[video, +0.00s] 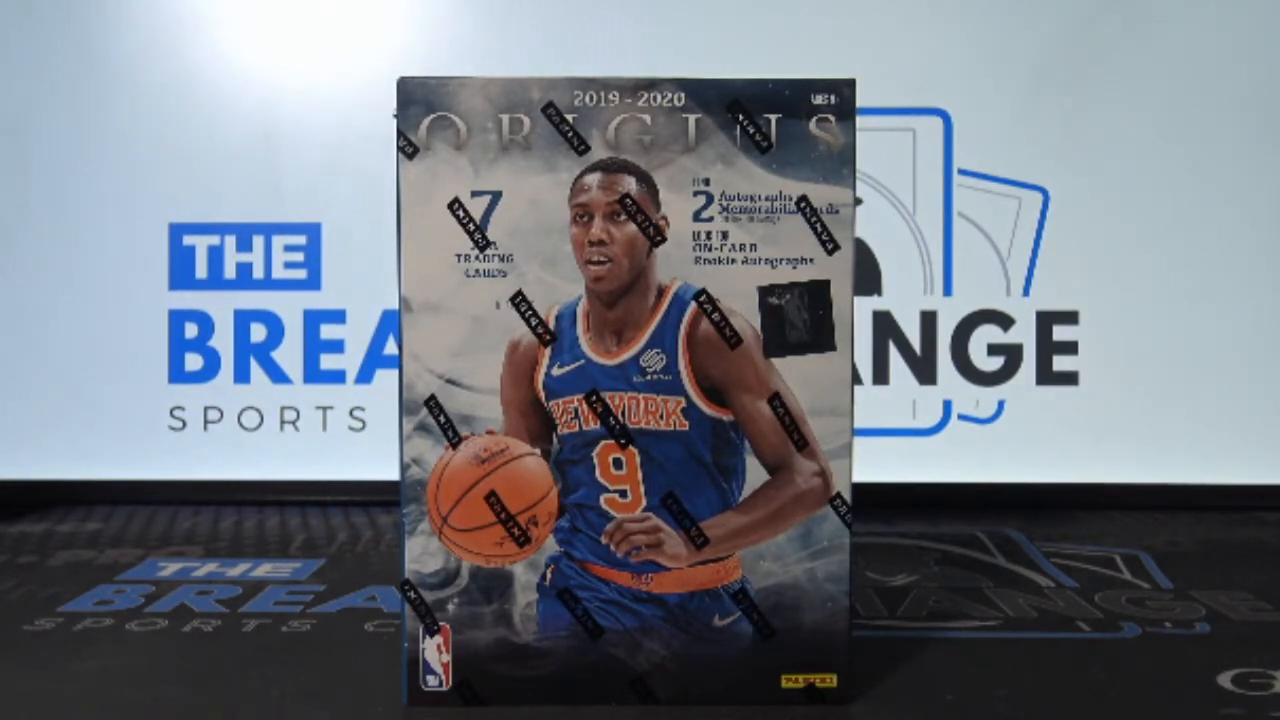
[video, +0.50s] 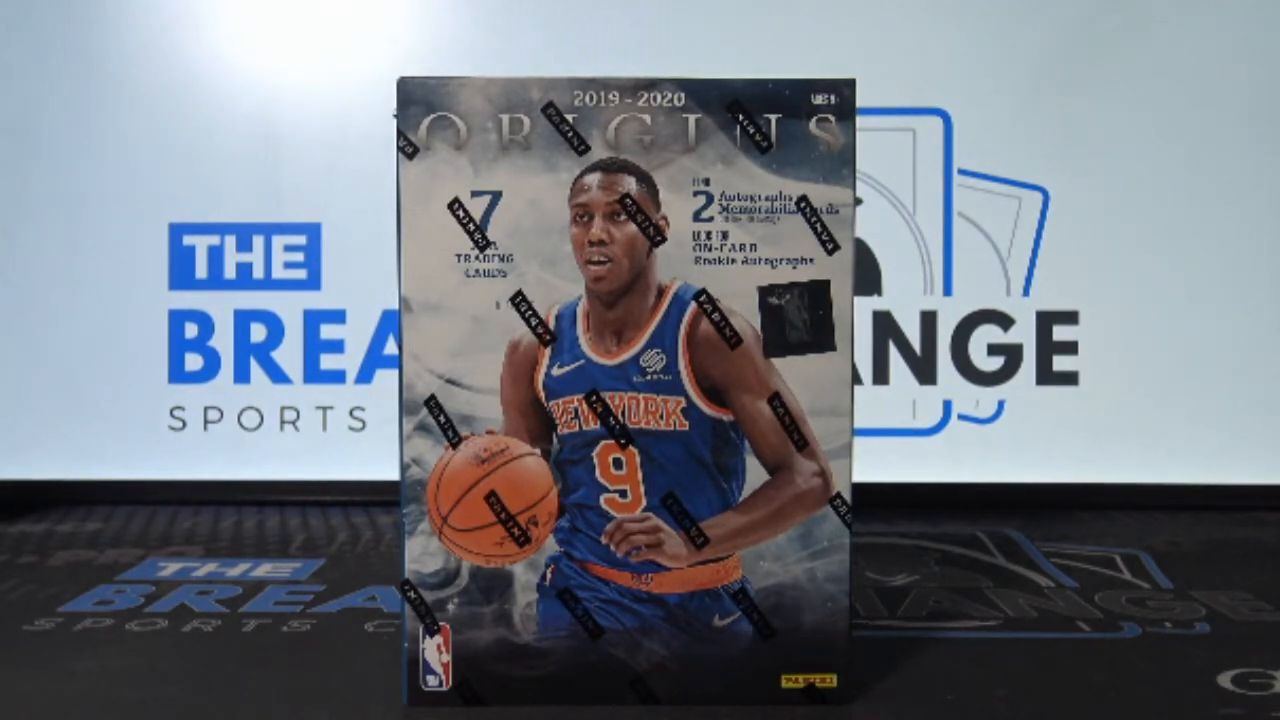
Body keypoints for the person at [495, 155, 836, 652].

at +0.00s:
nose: (595, 235)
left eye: (617, 216)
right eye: (582, 218)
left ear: (657, 230)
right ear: (570, 232)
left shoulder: (712, 334)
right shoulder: (534, 353)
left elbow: (809, 476)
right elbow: (525, 488)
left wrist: (695, 543)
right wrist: (475, 473)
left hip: (697, 612)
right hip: (582, 605)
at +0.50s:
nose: (595, 235)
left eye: (617, 216)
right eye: (582, 218)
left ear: (657, 230)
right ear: (569, 232)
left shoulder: (712, 334)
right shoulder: (534, 352)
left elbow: (810, 477)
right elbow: (529, 489)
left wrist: (696, 542)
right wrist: (486, 469)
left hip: (699, 613)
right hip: (583, 606)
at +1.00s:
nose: (595, 235)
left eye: (617, 216)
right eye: (582, 218)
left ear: (657, 230)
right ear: (569, 232)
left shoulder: (712, 334)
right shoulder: (535, 352)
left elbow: (810, 477)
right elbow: (530, 489)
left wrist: (696, 542)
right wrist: (485, 469)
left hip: (699, 613)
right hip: (584, 605)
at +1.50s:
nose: (595, 235)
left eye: (617, 216)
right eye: (582, 218)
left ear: (657, 230)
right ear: (570, 232)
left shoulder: (712, 334)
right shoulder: (534, 352)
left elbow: (809, 476)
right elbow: (529, 488)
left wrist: (696, 542)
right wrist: (480, 472)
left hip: (698, 614)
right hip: (583, 606)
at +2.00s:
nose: (595, 235)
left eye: (617, 216)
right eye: (582, 218)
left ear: (657, 230)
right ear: (569, 232)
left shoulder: (713, 335)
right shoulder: (535, 352)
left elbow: (810, 477)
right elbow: (530, 489)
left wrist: (696, 541)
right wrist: (485, 467)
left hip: (697, 614)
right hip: (582, 606)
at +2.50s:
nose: (595, 235)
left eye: (617, 216)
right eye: (582, 218)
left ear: (657, 230)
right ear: (569, 232)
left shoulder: (712, 335)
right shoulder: (534, 353)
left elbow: (810, 476)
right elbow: (529, 487)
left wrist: (696, 541)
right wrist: (482, 471)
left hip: (699, 613)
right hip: (584, 605)